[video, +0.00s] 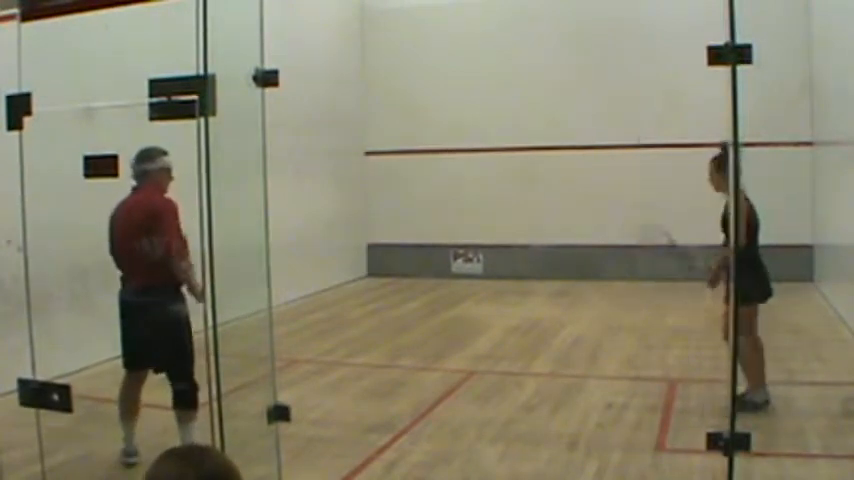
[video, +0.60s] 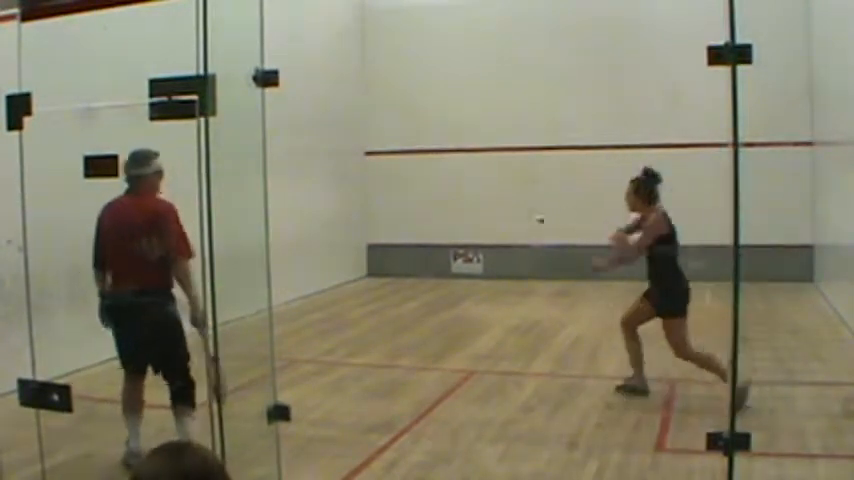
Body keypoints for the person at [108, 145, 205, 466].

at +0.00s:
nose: (170, 178)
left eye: (169, 172)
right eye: (166, 172)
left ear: (138, 175)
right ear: (156, 173)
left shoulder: (121, 210)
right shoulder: (164, 206)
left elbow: (119, 258)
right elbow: (174, 253)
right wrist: (194, 285)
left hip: (132, 300)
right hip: (166, 299)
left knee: (134, 372)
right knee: (181, 376)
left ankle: (128, 445)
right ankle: (189, 445)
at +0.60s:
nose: (161, 180)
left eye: (159, 175)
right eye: (159, 175)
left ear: (130, 178)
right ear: (154, 177)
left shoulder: (110, 211)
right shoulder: (163, 210)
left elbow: (100, 264)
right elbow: (179, 263)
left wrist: (104, 298)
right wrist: (194, 303)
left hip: (120, 304)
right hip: (157, 304)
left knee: (133, 372)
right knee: (178, 374)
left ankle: (133, 446)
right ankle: (187, 444)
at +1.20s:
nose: (75, 190)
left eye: (73, 185)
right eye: (86, 183)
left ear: (72, 188)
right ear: (98, 187)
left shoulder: (59, 222)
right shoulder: (118, 220)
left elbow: (49, 270)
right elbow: (141, 261)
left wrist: (72, 289)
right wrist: (129, 297)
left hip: (77, 309)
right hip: (113, 305)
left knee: (58, 366)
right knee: (113, 367)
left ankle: (84, 427)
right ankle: (127, 430)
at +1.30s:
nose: (73, 189)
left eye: (64, 185)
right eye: (80, 182)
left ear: (58, 188)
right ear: (83, 185)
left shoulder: (47, 222)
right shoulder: (105, 219)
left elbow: (34, 264)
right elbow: (129, 258)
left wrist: (56, 285)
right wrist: (109, 280)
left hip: (66, 309)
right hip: (102, 306)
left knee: (43, 372)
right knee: (109, 368)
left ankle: (41, 447)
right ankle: (129, 430)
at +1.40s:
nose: (58, 190)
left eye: (47, 186)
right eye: (61, 184)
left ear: (40, 189)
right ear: (66, 188)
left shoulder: (30, 225)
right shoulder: (87, 220)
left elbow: (18, 271)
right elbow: (109, 257)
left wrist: (41, 289)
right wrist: (84, 275)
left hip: (52, 313)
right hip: (88, 309)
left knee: (25, 376)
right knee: (100, 368)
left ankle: (16, 447)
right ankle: (127, 429)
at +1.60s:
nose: (24, 191)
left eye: (16, 185)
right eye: (25, 185)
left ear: (2, 188)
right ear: (25, 187)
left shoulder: (2, 220)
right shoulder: (42, 222)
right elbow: (61, 254)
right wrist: (35, 262)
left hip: (8, 312)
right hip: (43, 309)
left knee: (2, 382)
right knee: (46, 366)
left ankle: (7, 450)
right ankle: (73, 427)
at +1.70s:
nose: (7, 189)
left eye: (5, 183)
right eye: (6, 184)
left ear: (4, 186)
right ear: (9, 186)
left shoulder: (19, 225)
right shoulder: (23, 224)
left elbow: (36, 255)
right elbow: (36, 254)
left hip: (12, 310)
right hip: (27, 310)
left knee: (9, 379)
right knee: (9, 379)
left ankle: (8, 444)